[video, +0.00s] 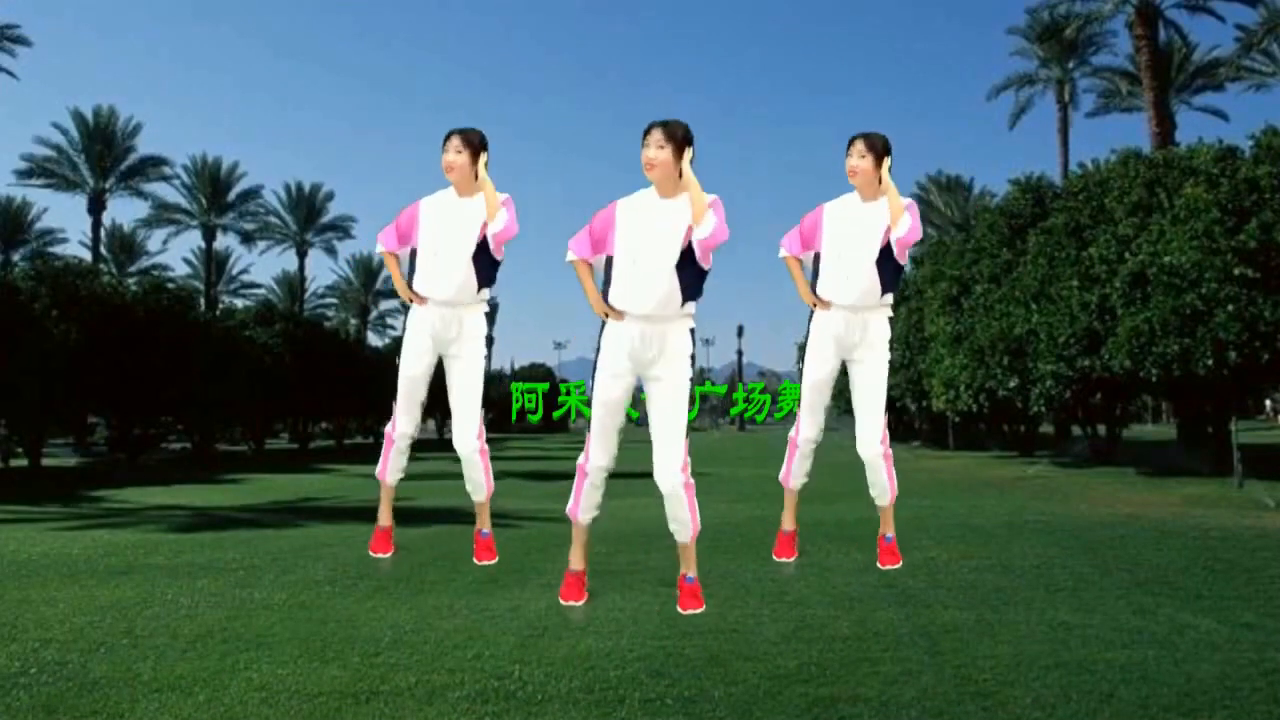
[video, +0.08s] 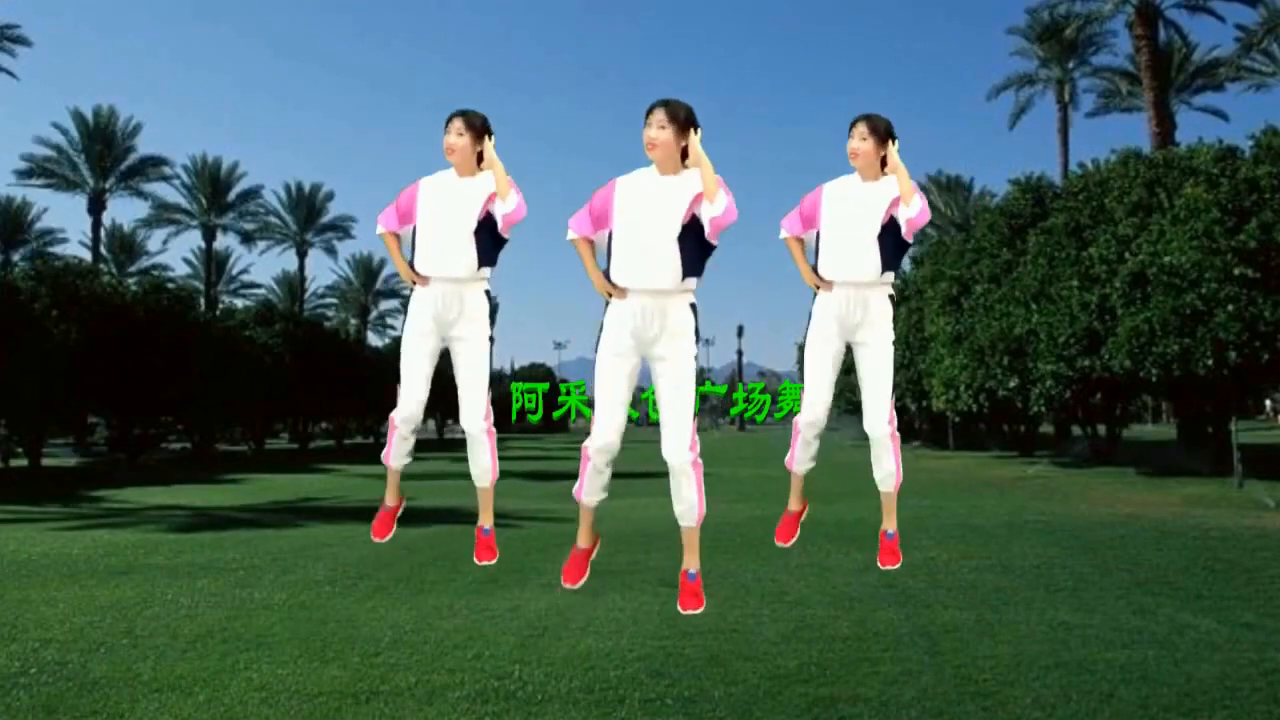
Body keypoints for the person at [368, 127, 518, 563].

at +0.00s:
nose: (448, 159)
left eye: (457, 152)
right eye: (445, 152)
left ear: (477, 160)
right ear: (443, 160)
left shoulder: (498, 204)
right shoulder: (427, 206)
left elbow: (500, 239)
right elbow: (388, 241)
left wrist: (485, 183)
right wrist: (402, 287)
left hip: (469, 320)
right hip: (424, 316)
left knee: (468, 432)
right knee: (404, 422)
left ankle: (484, 527)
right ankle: (384, 519)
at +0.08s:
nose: (449, 140)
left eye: (458, 134)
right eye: (447, 133)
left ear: (479, 142)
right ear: (446, 142)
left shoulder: (496, 187)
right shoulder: (426, 187)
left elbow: (512, 217)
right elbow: (386, 223)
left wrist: (494, 162)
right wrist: (402, 267)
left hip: (471, 300)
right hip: (426, 296)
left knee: (476, 415)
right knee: (409, 408)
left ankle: (486, 522)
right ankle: (391, 497)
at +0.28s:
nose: (458, 155)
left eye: (468, 149)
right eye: (456, 148)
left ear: (488, 161)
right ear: (450, 156)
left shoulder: (497, 203)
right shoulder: (425, 199)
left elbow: (504, 243)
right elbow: (386, 241)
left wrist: (498, 182)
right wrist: (404, 291)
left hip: (478, 307)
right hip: (434, 308)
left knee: (479, 420)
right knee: (442, 416)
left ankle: (477, 526)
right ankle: (453, 430)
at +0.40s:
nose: (461, 180)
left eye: (470, 175)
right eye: (458, 174)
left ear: (488, 187)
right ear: (451, 182)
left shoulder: (496, 233)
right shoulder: (425, 224)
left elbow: (500, 265)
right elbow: (384, 269)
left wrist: (500, 215)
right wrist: (401, 318)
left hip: (480, 336)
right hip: (435, 336)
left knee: (480, 438)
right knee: (451, 436)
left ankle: (475, 529)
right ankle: (455, 454)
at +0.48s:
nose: (462, 172)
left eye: (471, 167)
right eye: (458, 165)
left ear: (489, 178)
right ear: (451, 174)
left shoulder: (495, 224)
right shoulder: (425, 215)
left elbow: (488, 244)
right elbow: (384, 260)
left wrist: (495, 199)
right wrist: (399, 308)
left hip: (475, 326)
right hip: (431, 326)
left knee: (476, 437)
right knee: (439, 439)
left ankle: (475, 529)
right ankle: (443, 474)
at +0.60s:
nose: (462, 149)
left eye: (470, 142)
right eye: (458, 142)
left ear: (485, 155)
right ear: (451, 150)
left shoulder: (492, 202)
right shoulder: (426, 190)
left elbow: (455, 195)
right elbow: (380, 230)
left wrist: (477, 151)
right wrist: (390, 278)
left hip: (460, 302)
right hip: (417, 298)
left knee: (467, 421)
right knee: (409, 419)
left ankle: (475, 523)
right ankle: (401, 496)